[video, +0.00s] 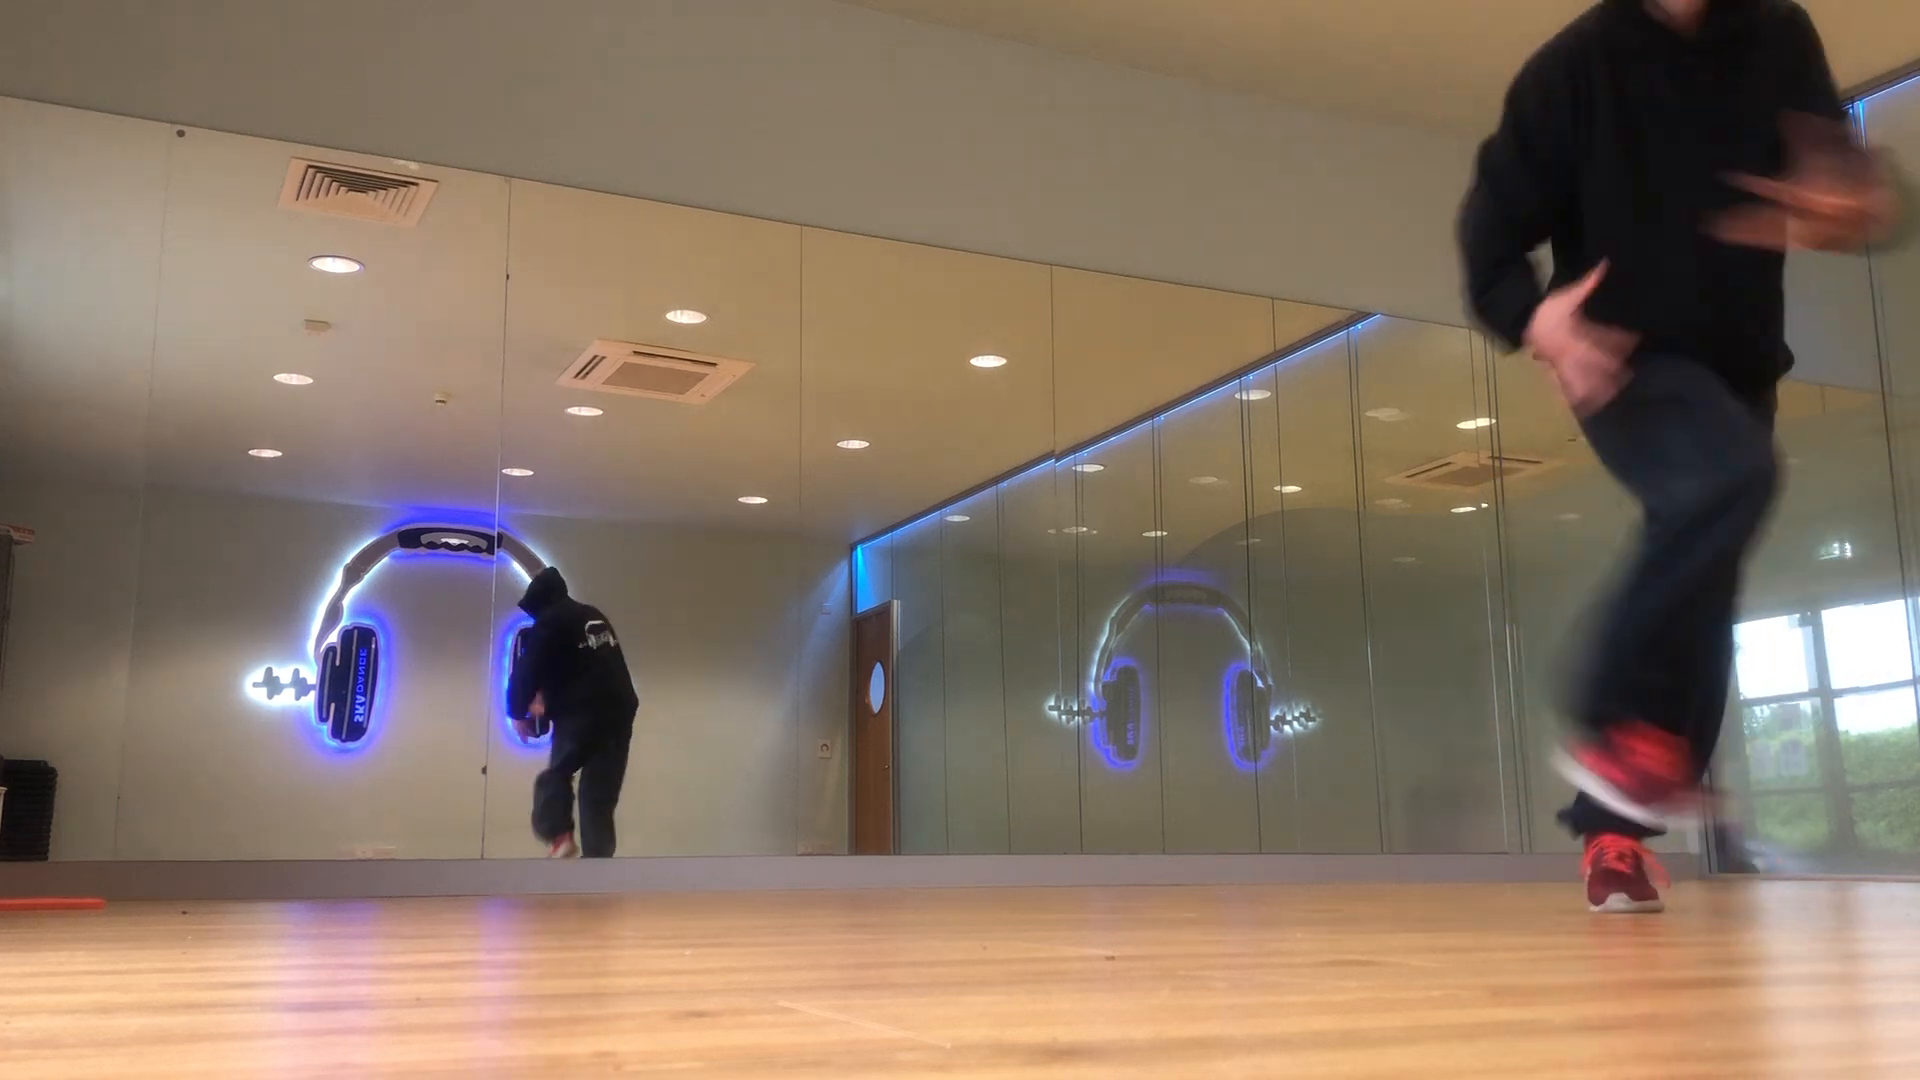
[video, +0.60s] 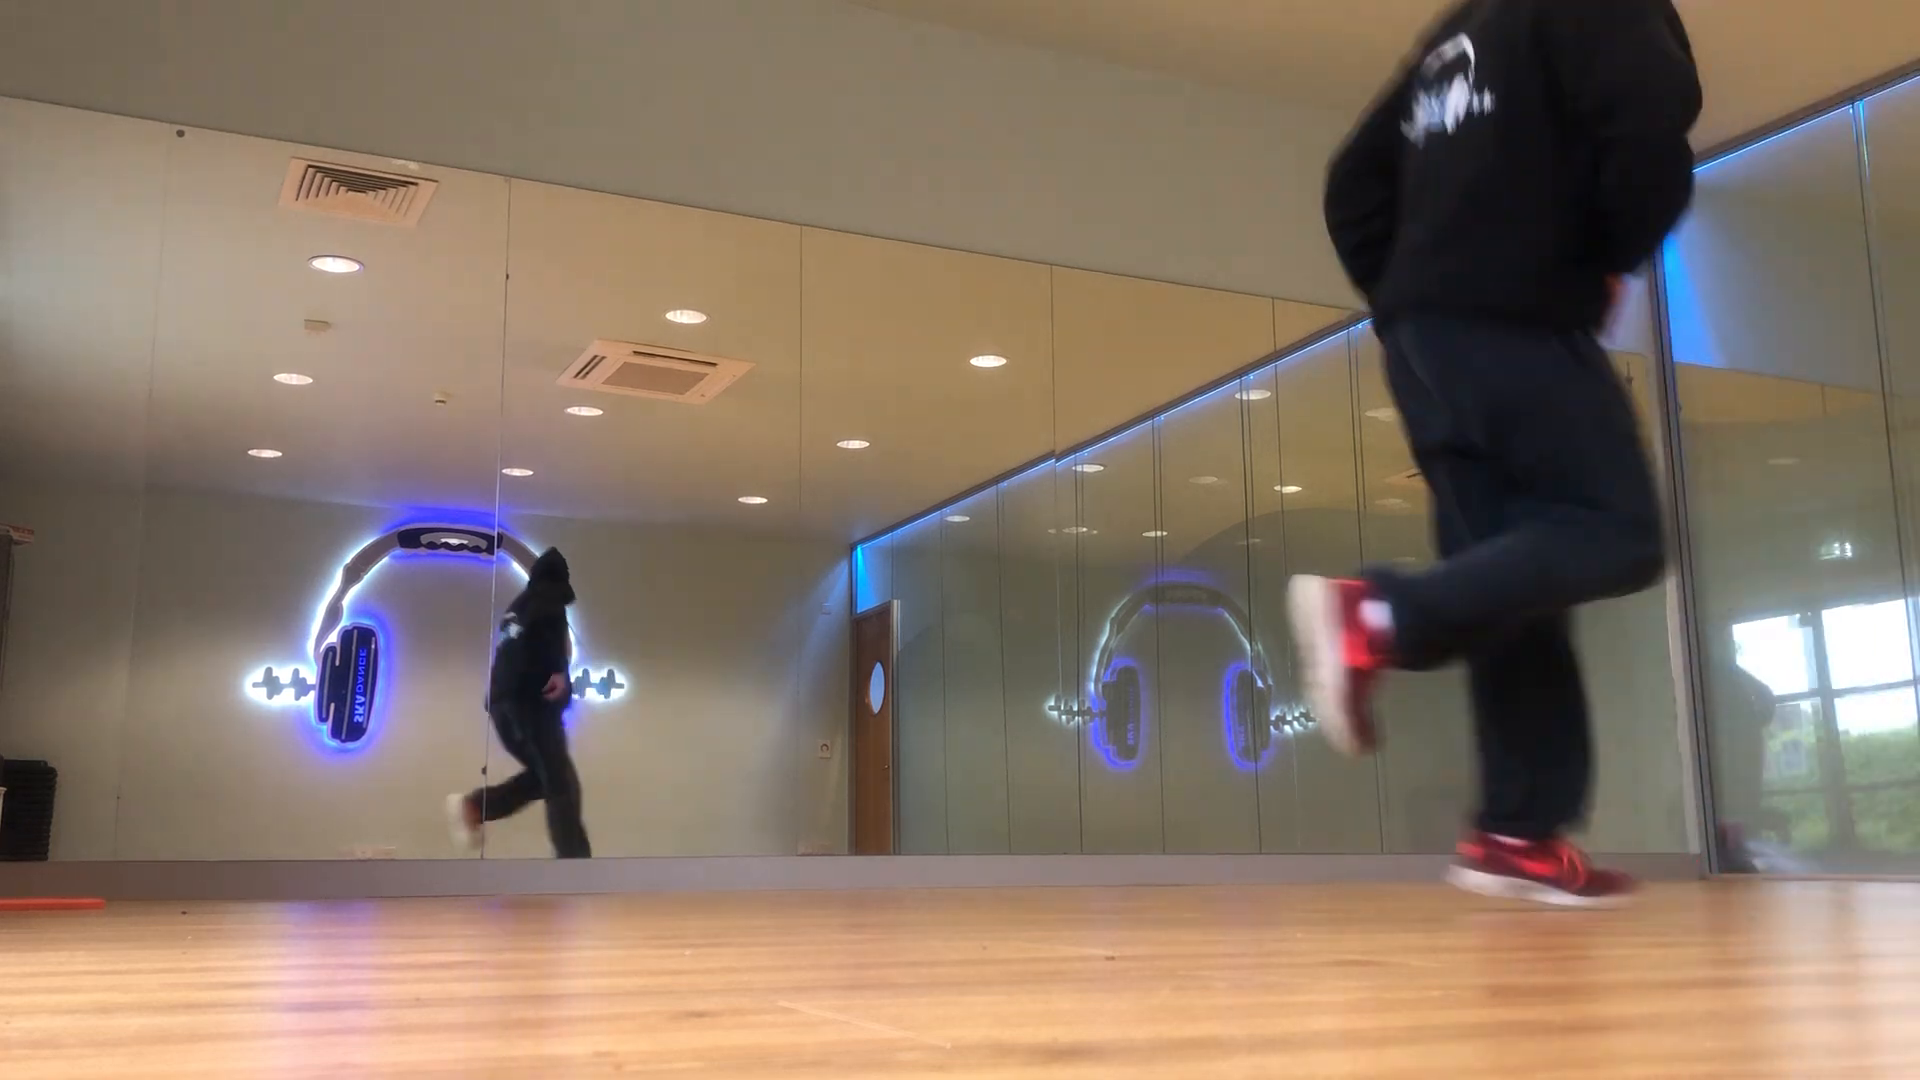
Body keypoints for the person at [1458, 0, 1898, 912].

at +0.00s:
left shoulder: (1775, 34)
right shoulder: (1578, 66)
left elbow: (1846, 182)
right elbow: (1489, 223)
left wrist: (1843, 211)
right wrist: (1529, 319)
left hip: (1739, 354)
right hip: (1618, 352)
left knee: (1700, 591)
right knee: (1727, 471)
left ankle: (1617, 825)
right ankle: (1618, 717)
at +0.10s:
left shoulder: (1801, 36)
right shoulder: (1579, 53)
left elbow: (1913, 110)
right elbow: (1456, 186)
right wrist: (1470, 324)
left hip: (1753, 347)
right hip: (1633, 343)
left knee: (1767, 585)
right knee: (1809, 510)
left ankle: (1656, 802)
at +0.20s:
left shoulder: (1786, 70)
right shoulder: (1598, 98)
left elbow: (1902, 55)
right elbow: (1461, 233)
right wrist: (1512, 371)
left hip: (1786, 382)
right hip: (1684, 391)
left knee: (1868, 604)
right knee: (1890, 583)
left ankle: (1662, 799)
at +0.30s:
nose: (1732, 5)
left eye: (1737, 0)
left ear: (1724, 5)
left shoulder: (1728, 72)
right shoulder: (1585, 88)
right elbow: (1519, 274)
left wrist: (1844, 244)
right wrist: (1595, 414)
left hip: (1744, 392)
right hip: (1676, 405)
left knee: (1800, 618)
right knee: (1873, 583)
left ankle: (1615, 789)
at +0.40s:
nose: (1729, 12)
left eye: (1734, 6)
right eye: (1728, 2)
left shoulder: (1607, 68)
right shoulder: (1613, 69)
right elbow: (1605, 238)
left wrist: (1504, 339)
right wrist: (1703, 355)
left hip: (1570, 382)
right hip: (1601, 380)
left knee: (1679, 603)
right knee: (1800, 532)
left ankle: (1554, 825)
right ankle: (1855, 806)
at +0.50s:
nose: (1700, 10)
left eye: (1707, 1)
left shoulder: (1564, 65)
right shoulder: (1614, 72)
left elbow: (1476, 193)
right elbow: (1637, 206)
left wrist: (1395, 288)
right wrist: (1713, 307)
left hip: (1495, 387)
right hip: (1558, 384)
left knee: (1603, 621)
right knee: (1753, 505)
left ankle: (1542, 856)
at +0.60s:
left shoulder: (1458, 30)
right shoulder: (1621, 14)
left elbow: (1357, 176)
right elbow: (1650, 158)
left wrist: (1404, 300)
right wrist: (1608, 261)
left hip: (1423, 326)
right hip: (1519, 318)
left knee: (1506, 578)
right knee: (1620, 535)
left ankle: (1518, 829)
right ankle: (1376, 616)